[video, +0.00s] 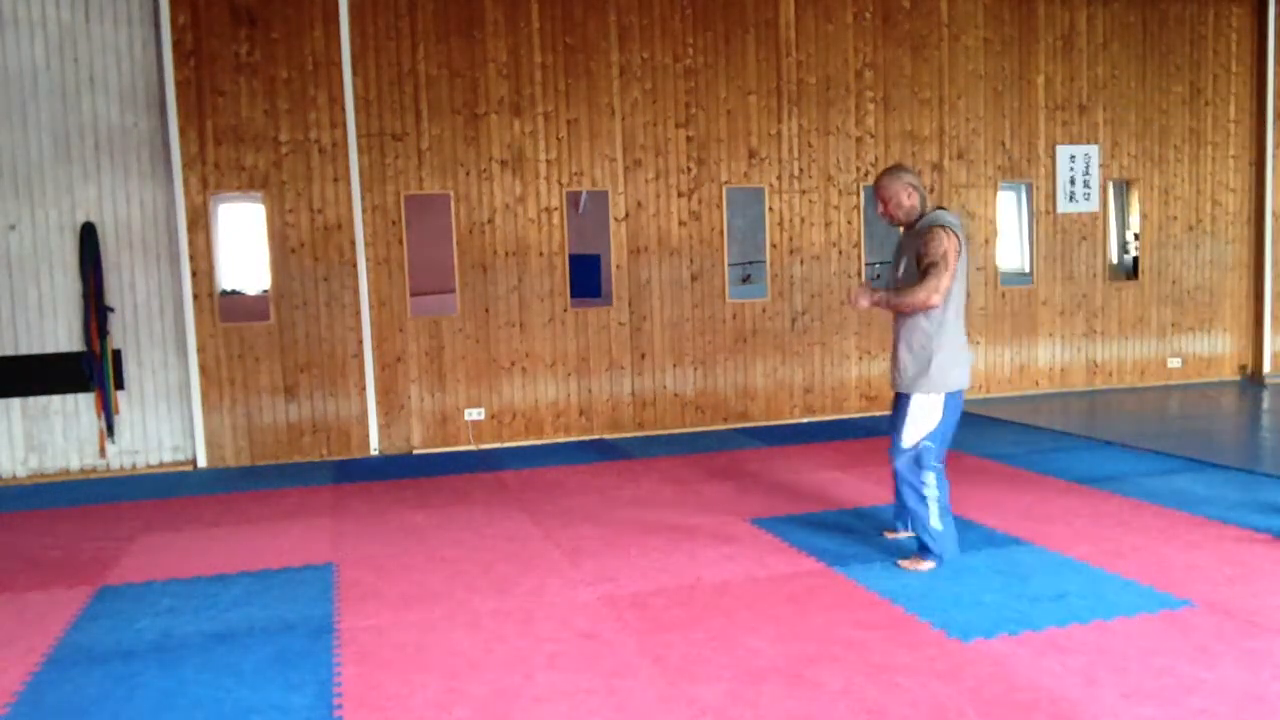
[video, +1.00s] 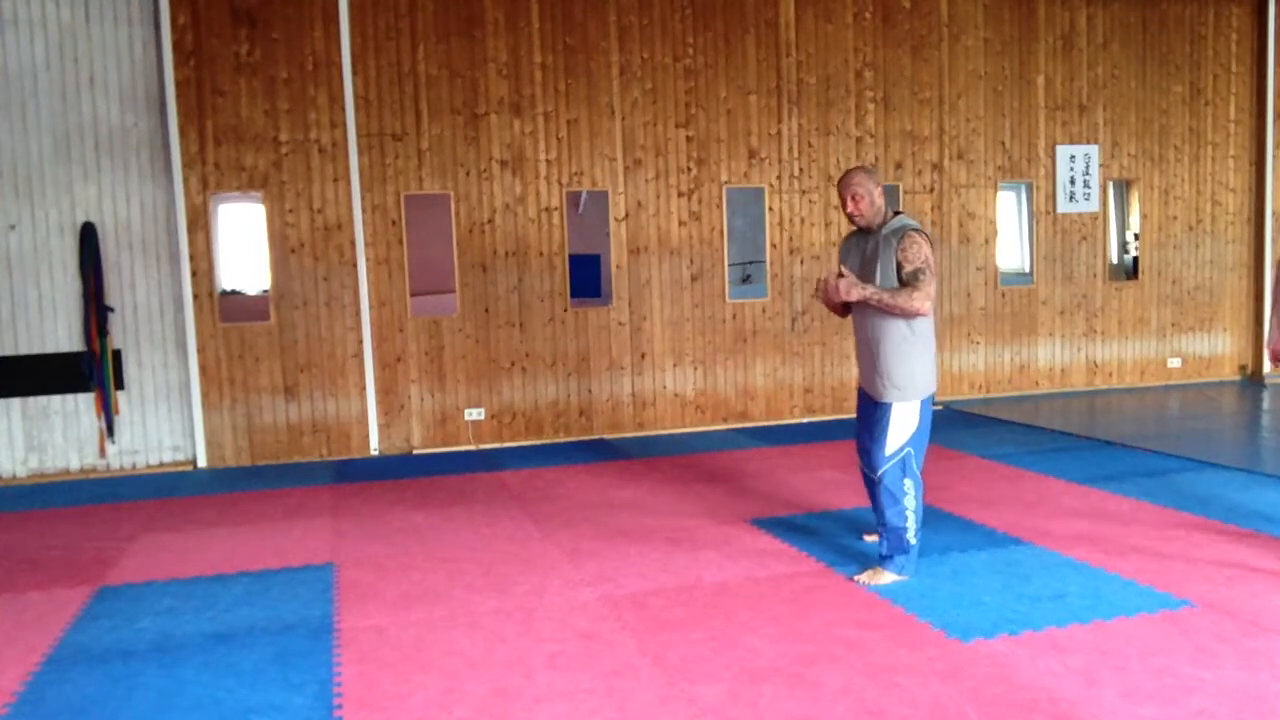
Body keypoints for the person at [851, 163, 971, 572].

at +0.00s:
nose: (883, 213)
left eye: (886, 202)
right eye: (880, 205)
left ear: (910, 193)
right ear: (905, 197)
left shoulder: (939, 231)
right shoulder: (912, 236)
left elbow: (932, 294)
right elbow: (913, 292)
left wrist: (879, 297)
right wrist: (879, 294)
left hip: (937, 373)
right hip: (915, 369)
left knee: (915, 457)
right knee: (907, 452)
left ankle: (937, 548)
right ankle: (912, 521)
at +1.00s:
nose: (851, 207)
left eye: (857, 197)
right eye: (845, 200)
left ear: (880, 194)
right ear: (844, 205)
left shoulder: (909, 239)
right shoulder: (853, 244)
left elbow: (921, 302)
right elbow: (849, 307)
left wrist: (862, 293)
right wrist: (832, 296)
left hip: (907, 381)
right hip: (873, 377)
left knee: (892, 469)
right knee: (872, 460)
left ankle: (901, 560)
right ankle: (892, 528)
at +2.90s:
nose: (844, 201)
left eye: (850, 192)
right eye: (837, 195)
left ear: (869, 193)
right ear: (833, 203)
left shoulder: (898, 234)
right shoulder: (837, 250)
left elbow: (937, 288)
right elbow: (835, 296)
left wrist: (887, 317)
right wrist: (836, 309)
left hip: (897, 367)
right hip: (860, 368)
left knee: (885, 459)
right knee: (871, 457)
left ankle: (895, 553)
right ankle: (896, 524)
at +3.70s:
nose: (847, 196)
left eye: (854, 187)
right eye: (840, 190)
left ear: (874, 188)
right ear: (837, 198)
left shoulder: (901, 234)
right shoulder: (842, 244)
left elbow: (934, 294)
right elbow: (846, 292)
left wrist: (879, 318)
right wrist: (838, 309)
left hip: (906, 378)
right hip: (874, 377)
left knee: (898, 471)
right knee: (905, 461)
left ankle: (904, 563)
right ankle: (931, 530)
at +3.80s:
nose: (849, 196)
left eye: (856, 187)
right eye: (843, 191)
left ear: (876, 188)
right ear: (839, 198)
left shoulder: (904, 235)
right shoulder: (844, 244)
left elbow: (935, 293)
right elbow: (845, 292)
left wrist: (881, 317)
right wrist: (838, 308)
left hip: (908, 377)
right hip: (875, 377)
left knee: (898, 469)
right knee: (906, 461)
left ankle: (904, 563)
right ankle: (931, 531)